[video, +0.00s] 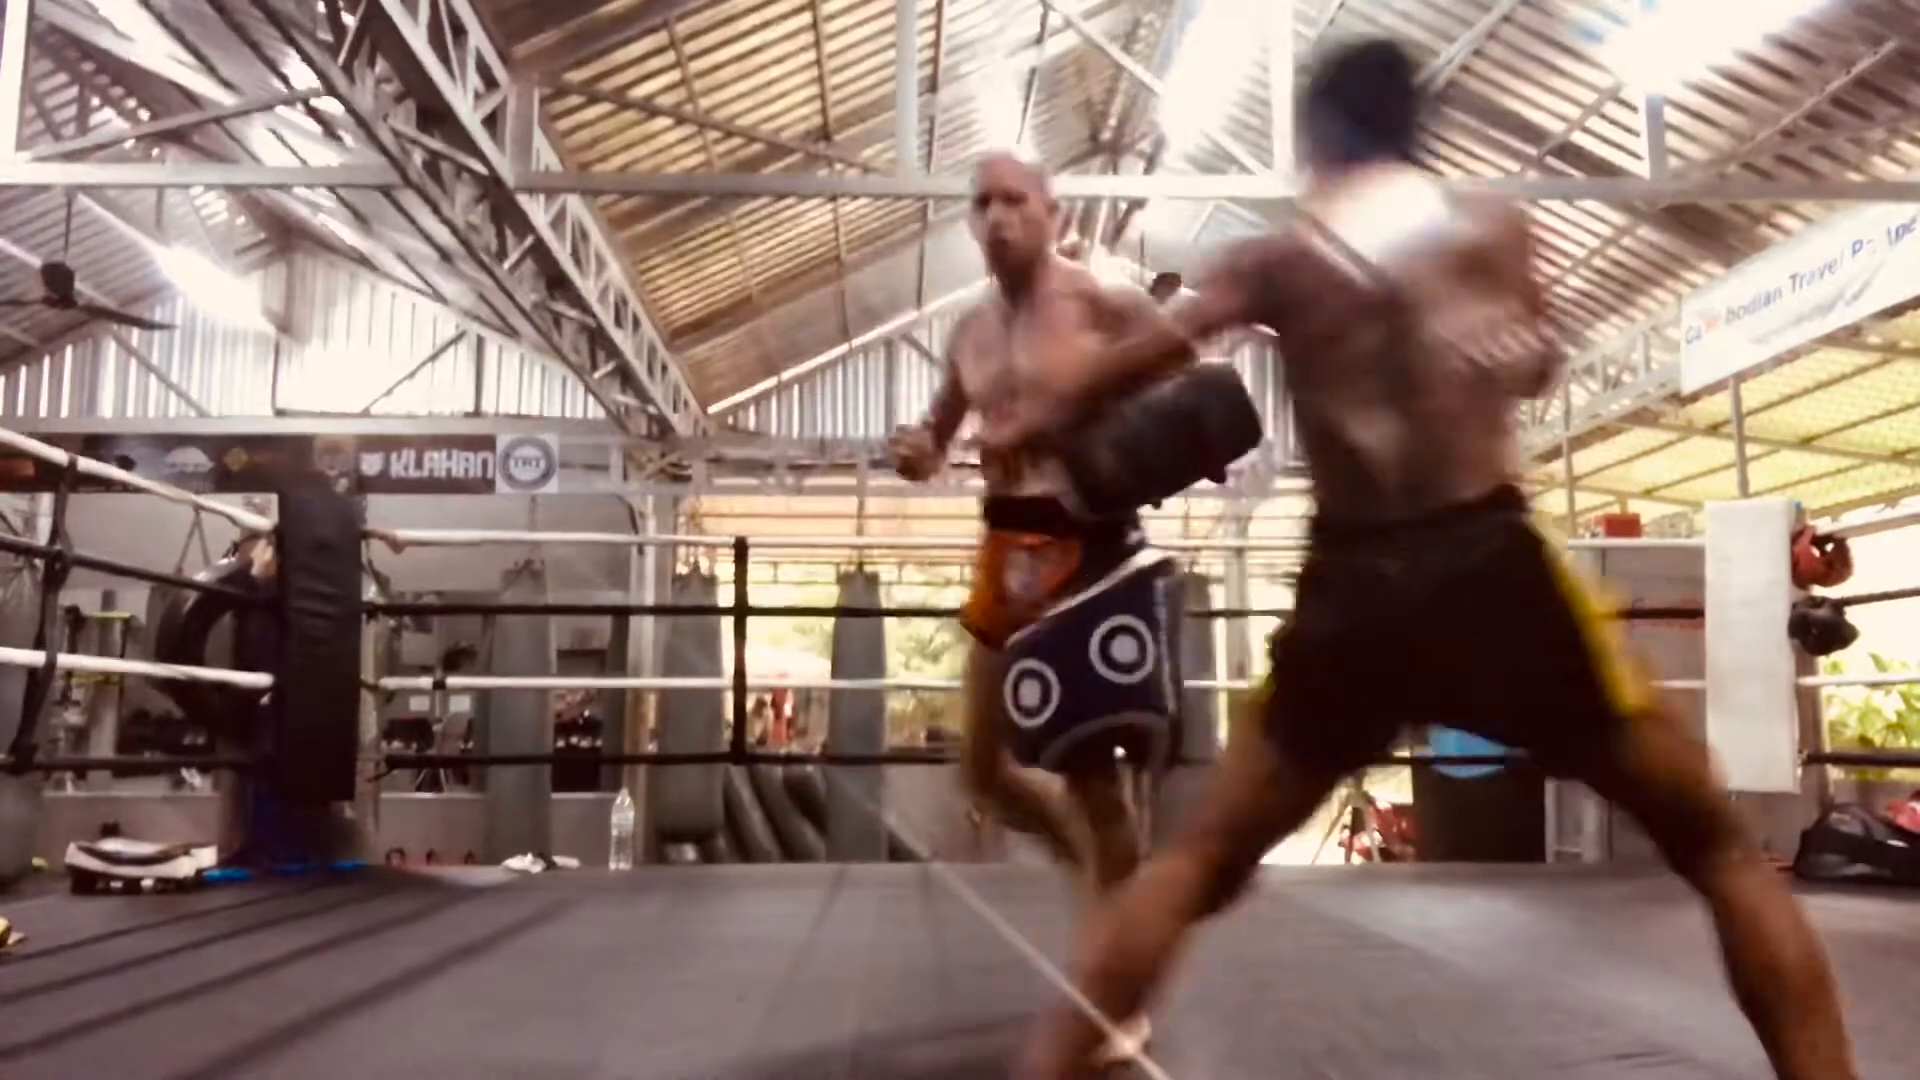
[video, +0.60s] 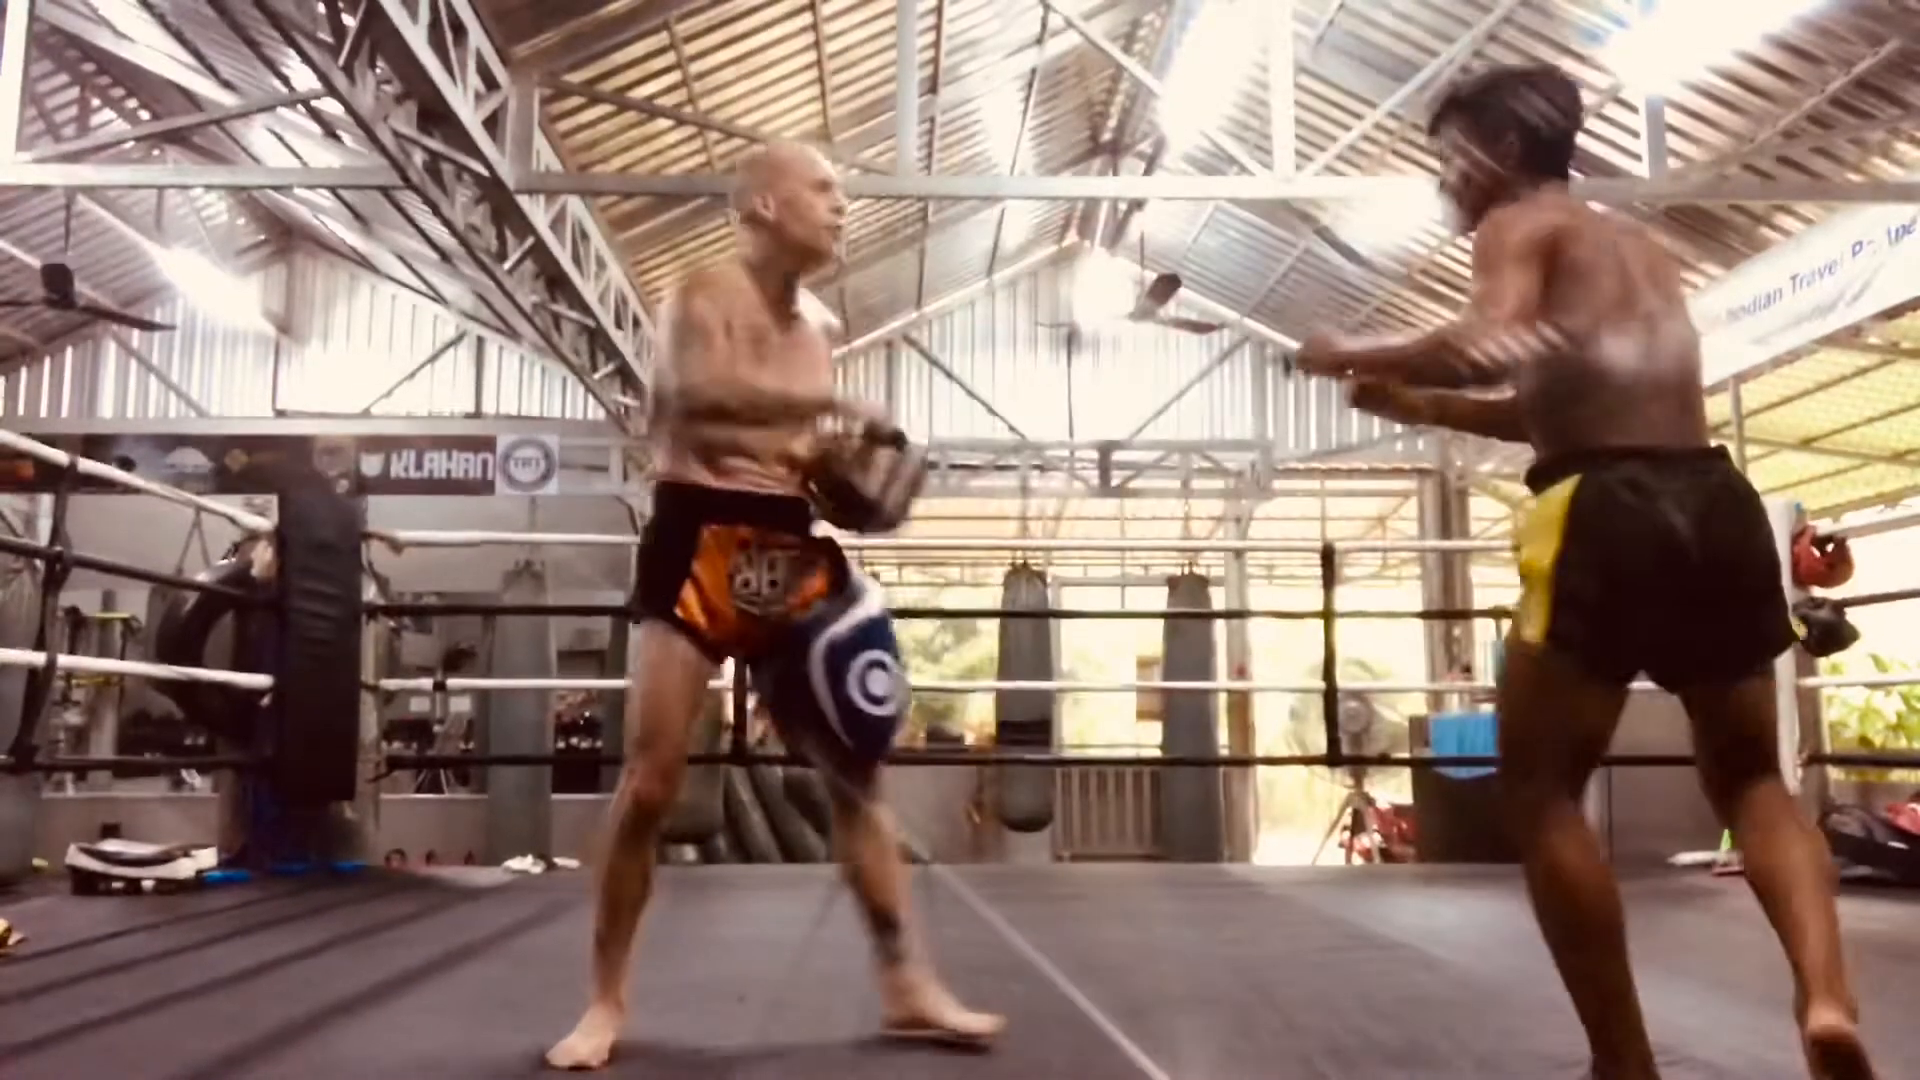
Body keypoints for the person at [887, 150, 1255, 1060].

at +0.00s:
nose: (994, 219)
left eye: (1010, 200)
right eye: (982, 204)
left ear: (1051, 209)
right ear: (972, 222)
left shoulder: (1109, 303)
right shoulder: (970, 331)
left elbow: (1193, 394)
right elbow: (932, 447)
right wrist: (914, 452)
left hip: (1092, 546)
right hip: (1007, 543)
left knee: (1098, 784)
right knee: (985, 770)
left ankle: (1118, 992)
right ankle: (1091, 851)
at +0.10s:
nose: (989, 191)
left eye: (1004, 176)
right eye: (975, 177)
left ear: (1033, 195)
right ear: (954, 196)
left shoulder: (1076, 290)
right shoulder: (934, 311)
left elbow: (1181, 378)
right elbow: (894, 424)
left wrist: (1098, 427)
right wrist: (897, 445)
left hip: (1059, 535)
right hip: (957, 533)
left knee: (1084, 781)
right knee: (886, 748)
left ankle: (1122, 1006)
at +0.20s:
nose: (971, 190)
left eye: (984, 177)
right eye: (955, 175)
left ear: (1001, 197)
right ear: (922, 195)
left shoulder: (1038, 297)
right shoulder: (884, 305)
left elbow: (1121, 386)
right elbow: (838, 417)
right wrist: (848, 443)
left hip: (1009, 534)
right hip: (902, 534)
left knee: (1064, 784)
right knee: (809, 756)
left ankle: (1119, 1005)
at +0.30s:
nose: (939, 195)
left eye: (950, 182)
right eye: (922, 179)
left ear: (961, 204)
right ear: (879, 196)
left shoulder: (994, 319)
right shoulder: (826, 312)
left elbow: (1031, 428)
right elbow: (743, 420)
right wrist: (817, 425)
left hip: (953, 550)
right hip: (842, 547)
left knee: (1023, 782)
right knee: (732, 769)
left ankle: (1104, 992)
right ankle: (643, 983)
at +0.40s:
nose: (901, 218)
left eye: (911, 206)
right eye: (883, 198)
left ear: (916, 228)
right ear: (834, 208)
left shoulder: (923, 341)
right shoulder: (764, 315)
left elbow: (915, 454)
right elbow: (664, 428)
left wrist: (964, 468)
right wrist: (784, 432)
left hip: (889, 566)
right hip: (777, 560)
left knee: (981, 783)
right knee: (673, 790)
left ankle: (1065, 989)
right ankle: (612, 996)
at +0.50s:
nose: (863, 222)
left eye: (864, 207)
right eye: (844, 203)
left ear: (845, 225)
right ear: (786, 214)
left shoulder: (860, 347)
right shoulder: (721, 313)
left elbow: (849, 461)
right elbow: (656, 418)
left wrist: (895, 494)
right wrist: (793, 440)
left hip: (832, 563)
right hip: (726, 558)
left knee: (921, 780)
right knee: (653, 794)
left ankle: (992, 990)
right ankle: (606, 1004)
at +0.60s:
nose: (841, 208)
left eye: (839, 193)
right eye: (823, 191)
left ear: (789, 211)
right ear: (762, 206)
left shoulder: (814, 338)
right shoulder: (706, 293)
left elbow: (792, 451)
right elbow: (690, 397)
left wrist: (843, 473)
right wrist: (825, 409)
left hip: (793, 547)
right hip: (694, 541)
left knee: (859, 773)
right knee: (649, 788)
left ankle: (907, 989)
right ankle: (604, 1004)